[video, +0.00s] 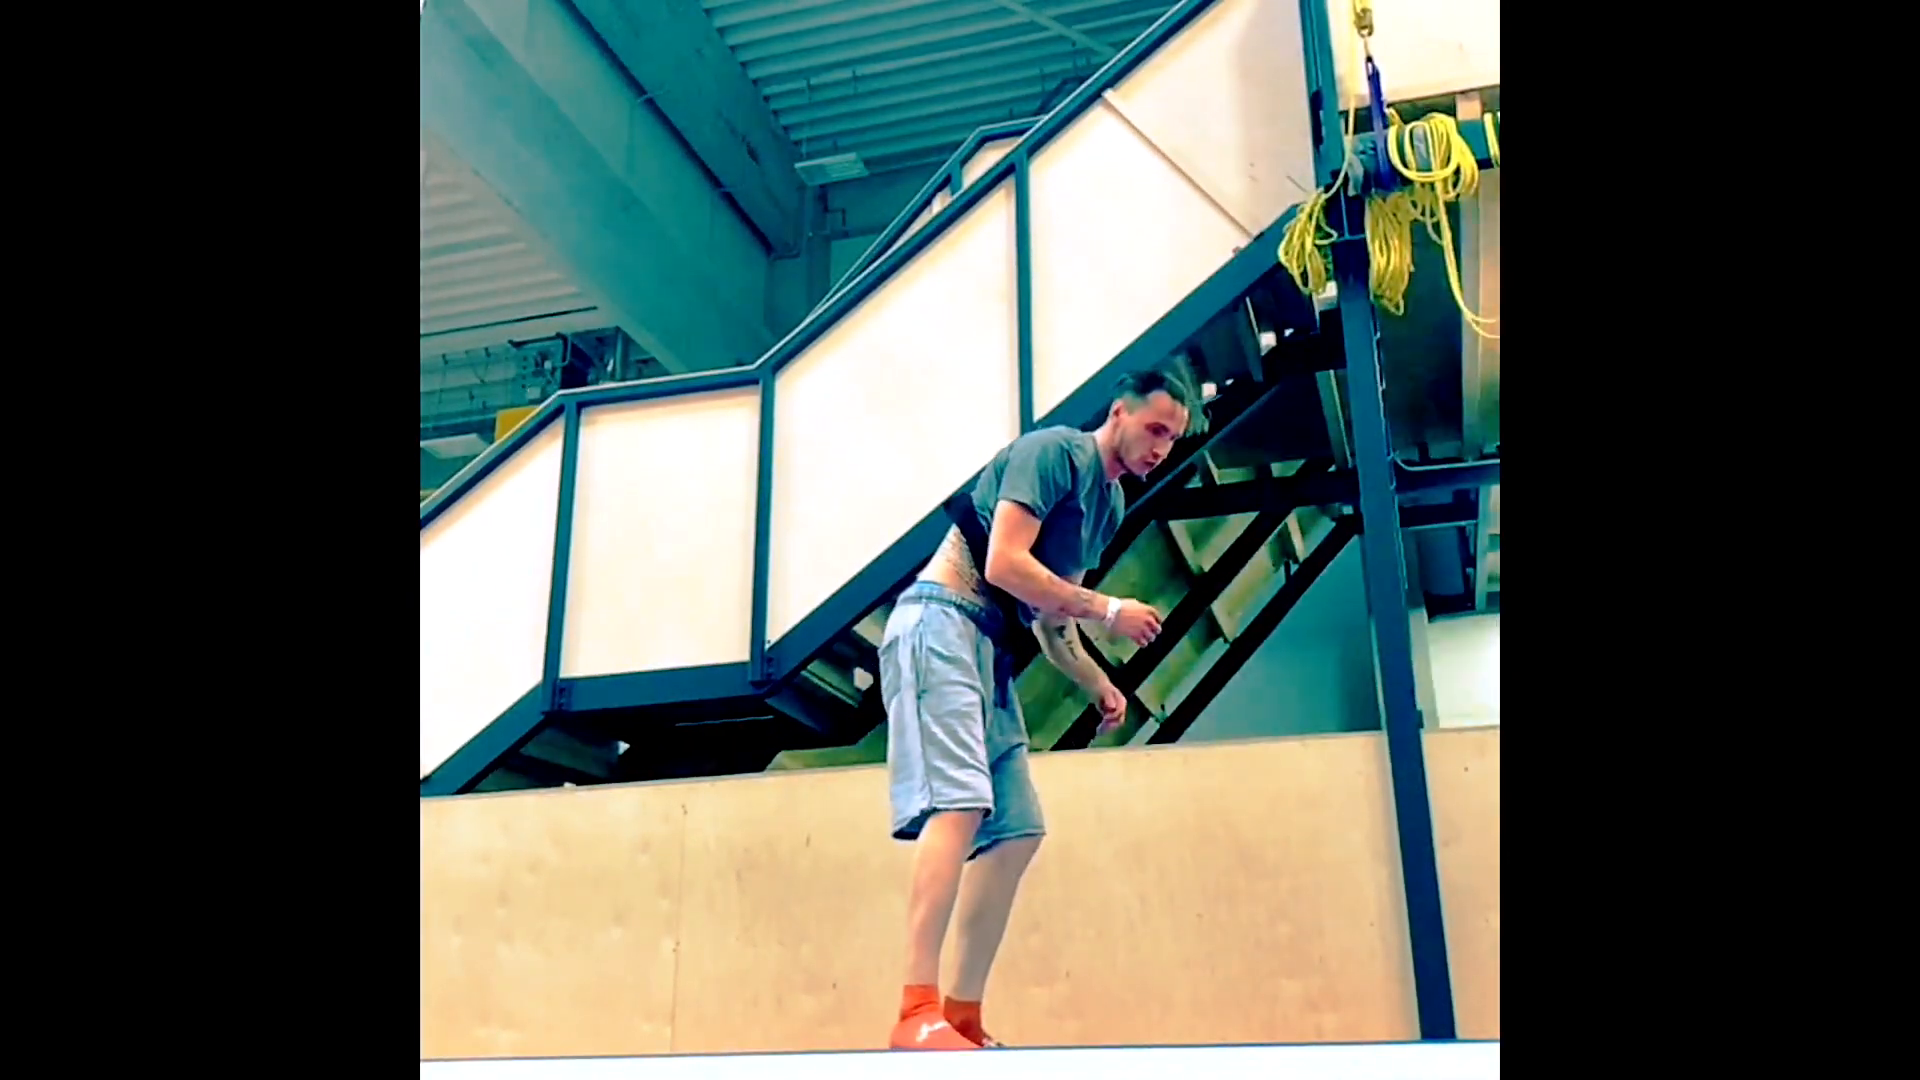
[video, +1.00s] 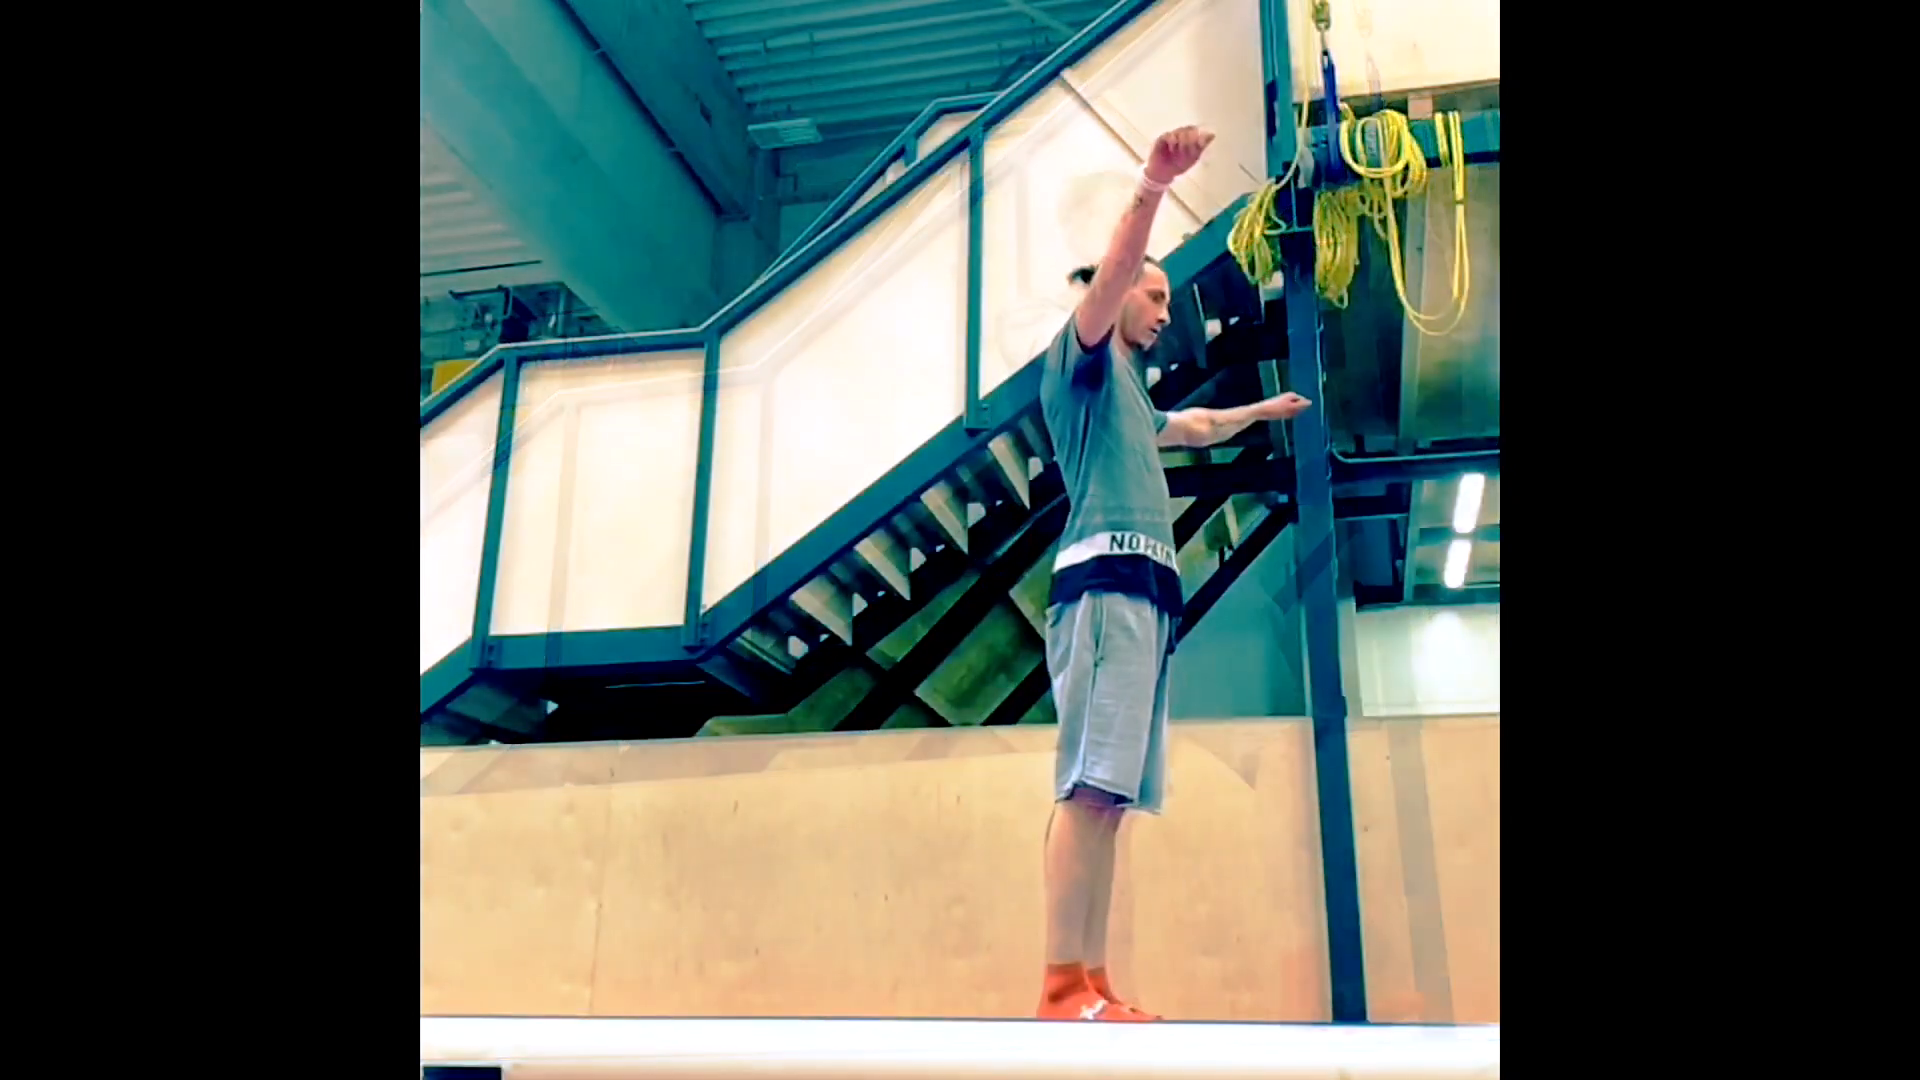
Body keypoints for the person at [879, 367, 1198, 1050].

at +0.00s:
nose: (1160, 449)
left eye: (1172, 440)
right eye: (1154, 430)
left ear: (1174, 442)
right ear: (1117, 412)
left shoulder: (1107, 510)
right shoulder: (1052, 449)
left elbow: (1052, 621)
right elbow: (1003, 561)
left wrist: (1097, 684)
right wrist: (1104, 606)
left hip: (988, 653)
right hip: (940, 627)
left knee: (1016, 829)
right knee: (959, 807)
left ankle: (960, 1018)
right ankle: (916, 1016)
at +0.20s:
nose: (1161, 424)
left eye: (1172, 414)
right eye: (1154, 404)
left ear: (1171, 419)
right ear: (1115, 390)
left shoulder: (1113, 489)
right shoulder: (1048, 432)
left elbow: (1063, 600)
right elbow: (999, 540)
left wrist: (1104, 665)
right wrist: (1102, 578)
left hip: (1006, 646)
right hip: (956, 617)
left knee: (1015, 836)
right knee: (981, 793)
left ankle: (963, 1019)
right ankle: (927, 1000)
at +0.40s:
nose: (1145, 354)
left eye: (1154, 343)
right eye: (1134, 337)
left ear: (1152, 349)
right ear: (1092, 328)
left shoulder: (1124, 426)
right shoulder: (1032, 390)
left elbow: (1101, 554)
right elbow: (994, 491)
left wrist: (1123, 631)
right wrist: (1105, 479)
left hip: (1050, 619)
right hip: (991, 593)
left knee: (1014, 821)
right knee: (1033, 773)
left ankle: (961, 1016)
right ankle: (1047, 981)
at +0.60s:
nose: (1126, 312)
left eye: (1132, 302)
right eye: (1114, 294)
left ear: (1129, 312)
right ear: (1074, 293)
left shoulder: (1114, 384)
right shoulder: (1017, 372)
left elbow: (1124, 282)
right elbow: (1046, 438)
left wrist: (1150, 186)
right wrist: (1109, 361)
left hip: (1108, 605)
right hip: (1055, 601)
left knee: (1077, 810)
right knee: (1084, 794)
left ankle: (981, 989)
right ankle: (1087, 988)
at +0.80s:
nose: (1162, 304)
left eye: (1162, 289)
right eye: (1148, 286)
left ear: (1141, 296)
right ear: (1101, 287)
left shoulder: (1125, 388)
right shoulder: (1073, 363)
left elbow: (1183, 428)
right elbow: (1111, 272)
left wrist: (1257, 413)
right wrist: (1151, 181)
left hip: (1148, 590)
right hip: (1100, 584)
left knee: (1213, 789)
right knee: (1091, 793)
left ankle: (1102, 973)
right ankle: (1064, 988)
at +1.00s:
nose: (1163, 307)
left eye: (1165, 297)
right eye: (1152, 291)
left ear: (1149, 307)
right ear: (1111, 289)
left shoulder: (1127, 391)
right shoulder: (1081, 360)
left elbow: (1197, 427)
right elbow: (1116, 273)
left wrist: (1265, 410)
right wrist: (1153, 185)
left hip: (1141, 589)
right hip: (1106, 582)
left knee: (1112, 797)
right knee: (1091, 790)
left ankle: (1090, 986)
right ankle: (1063, 989)